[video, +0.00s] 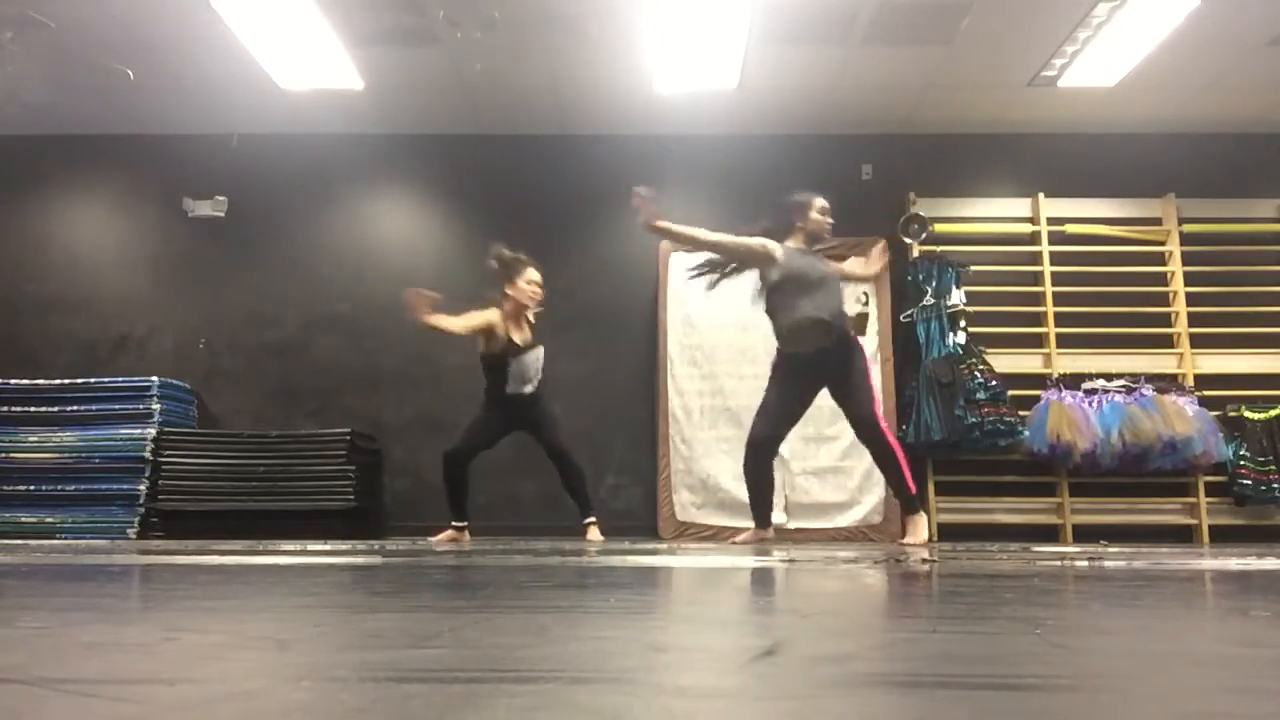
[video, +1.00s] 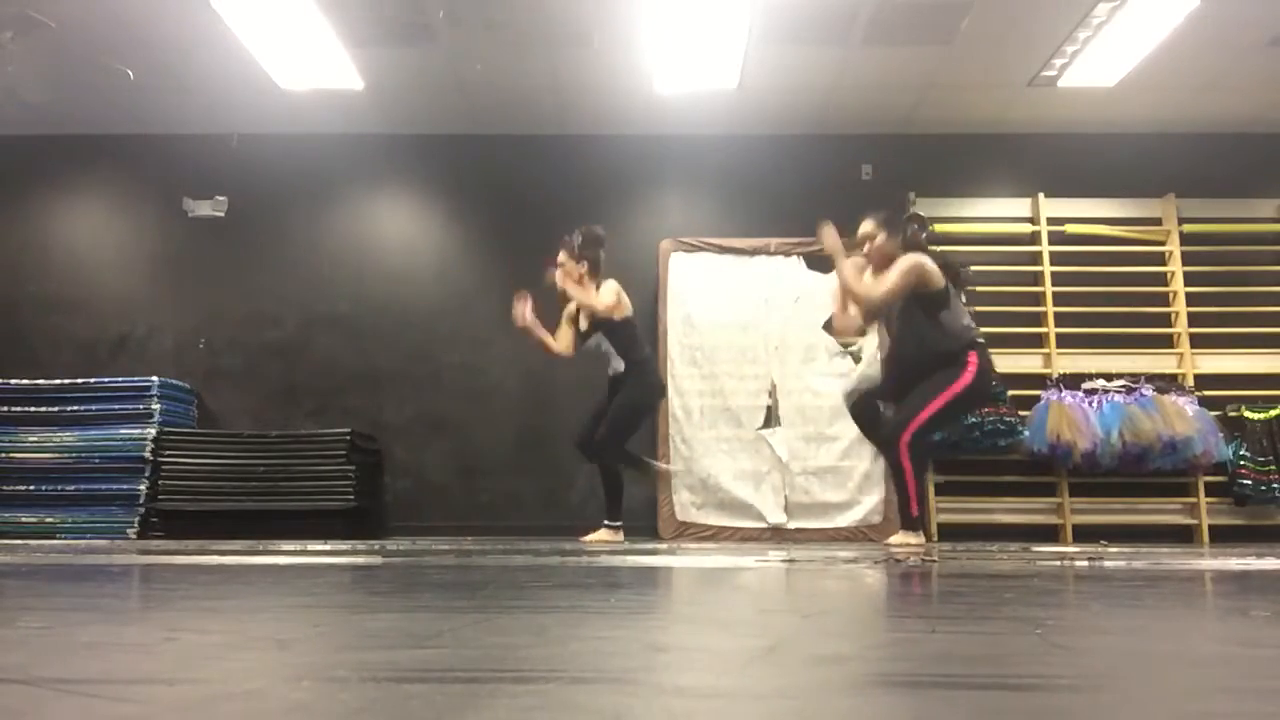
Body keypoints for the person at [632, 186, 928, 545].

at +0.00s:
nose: (831, 221)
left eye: (830, 214)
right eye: (824, 213)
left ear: (812, 221)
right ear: (800, 217)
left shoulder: (824, 264)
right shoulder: (770, 252)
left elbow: (865, 270)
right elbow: (714, 241)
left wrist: (880, 254)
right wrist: (656, 225)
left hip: (843, 356)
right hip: (796, 361)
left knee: (870, 429)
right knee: (760, 442)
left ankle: (914, 514)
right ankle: (762, 528)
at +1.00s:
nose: (863, 250)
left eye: (869, 240)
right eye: (860, 243)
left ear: (894, 237)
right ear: (861, 246)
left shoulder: (914, 263)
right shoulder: (879, 280)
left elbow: (872, 295)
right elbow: (846, 326)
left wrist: (839, 254)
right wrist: (843, 272)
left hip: (962, 367)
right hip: (921, 372)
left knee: (903, 433)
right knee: (861, 404)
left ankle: (914, 530)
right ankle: (905, 457)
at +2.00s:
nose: (1027, 222)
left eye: (1024, 217)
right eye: (1024, 217)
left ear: (984, 223)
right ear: (1018, 221)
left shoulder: (965, 255)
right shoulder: (1034, 249)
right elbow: (1096, 210)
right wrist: (1136, 166)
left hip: (1010, 348)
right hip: (1054, 340)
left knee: (970, 439)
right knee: (1070, 439)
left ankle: (923, 522)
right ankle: (1120, 528)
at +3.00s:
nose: (853, 204)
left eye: (859, 198)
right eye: (844, 198)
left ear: (868, 208)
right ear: (830, 204)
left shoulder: (859, 249)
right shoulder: (823, 226)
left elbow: (867, 313)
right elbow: (886, 255)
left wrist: (857, 348)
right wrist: (902, 245)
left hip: (837, 354)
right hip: (792, 351)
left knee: (865, 439)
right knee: (761, 439)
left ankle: (891, 526)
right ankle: (717, 523)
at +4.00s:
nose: (864, 194)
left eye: (869, 188)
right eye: (855, 189)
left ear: (879, 195)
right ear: (838, 200)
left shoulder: (893, 240)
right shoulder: (824, 249)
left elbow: (931, 271)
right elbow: (780, 288)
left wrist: (977, 276)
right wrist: (732, 298)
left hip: (899, 347)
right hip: (853, 350)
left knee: (925, 432)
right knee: (822, 428)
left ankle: (927, 527)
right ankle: (800, 495)